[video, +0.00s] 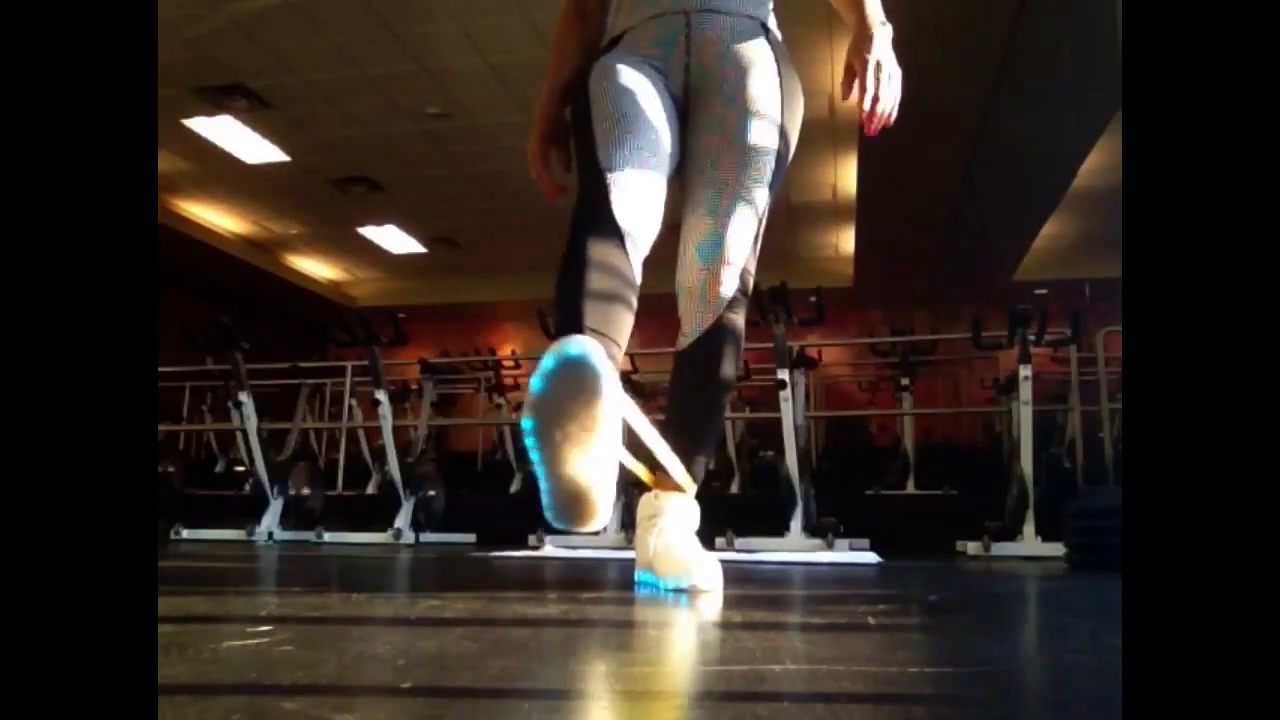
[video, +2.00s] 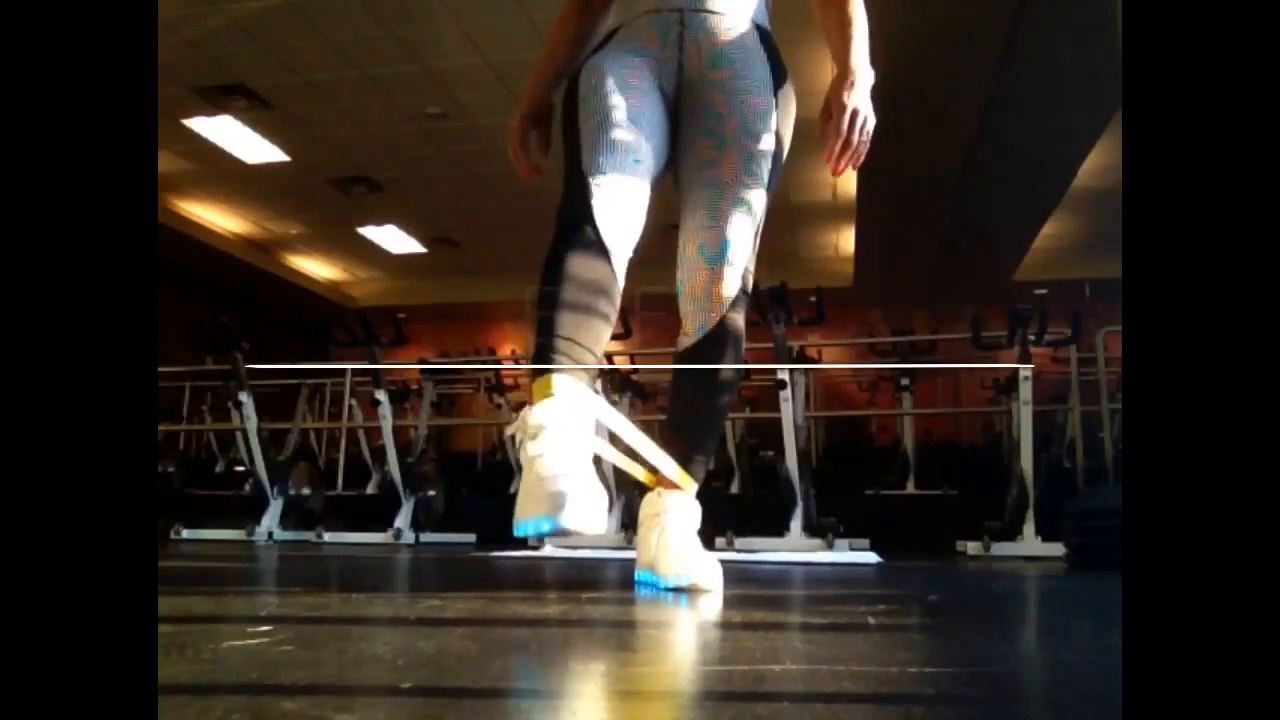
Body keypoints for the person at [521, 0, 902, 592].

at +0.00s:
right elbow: (585, 7)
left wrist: (872, 25)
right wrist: (554, 106)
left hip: (745, 28)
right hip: (632, 31)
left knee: (717, 273)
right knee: (614, 206)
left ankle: (674, 513)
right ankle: (577, 441)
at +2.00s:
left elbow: (835, 3)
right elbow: (588, 3)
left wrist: (855, 72)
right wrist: (543, 86)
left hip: (738, 26)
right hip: (623, 21)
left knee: (719, 278)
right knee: (602, 208)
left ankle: (673, 513)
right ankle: (558, 435)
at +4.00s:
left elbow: (828, 3)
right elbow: (595, 6)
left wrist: (830, 88)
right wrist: (552, 94)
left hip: (744, 28)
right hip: (636, 26)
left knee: (720, 270)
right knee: (589, 211)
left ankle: (672, 518)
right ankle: (519, 454)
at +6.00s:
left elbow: (827, 3)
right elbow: (593, 4)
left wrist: (836, 81)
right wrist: (554, 89)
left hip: (737, 30)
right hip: (631, 28)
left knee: (716, 265)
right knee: (595, 181)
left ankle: (670, 516)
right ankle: (529, 406)